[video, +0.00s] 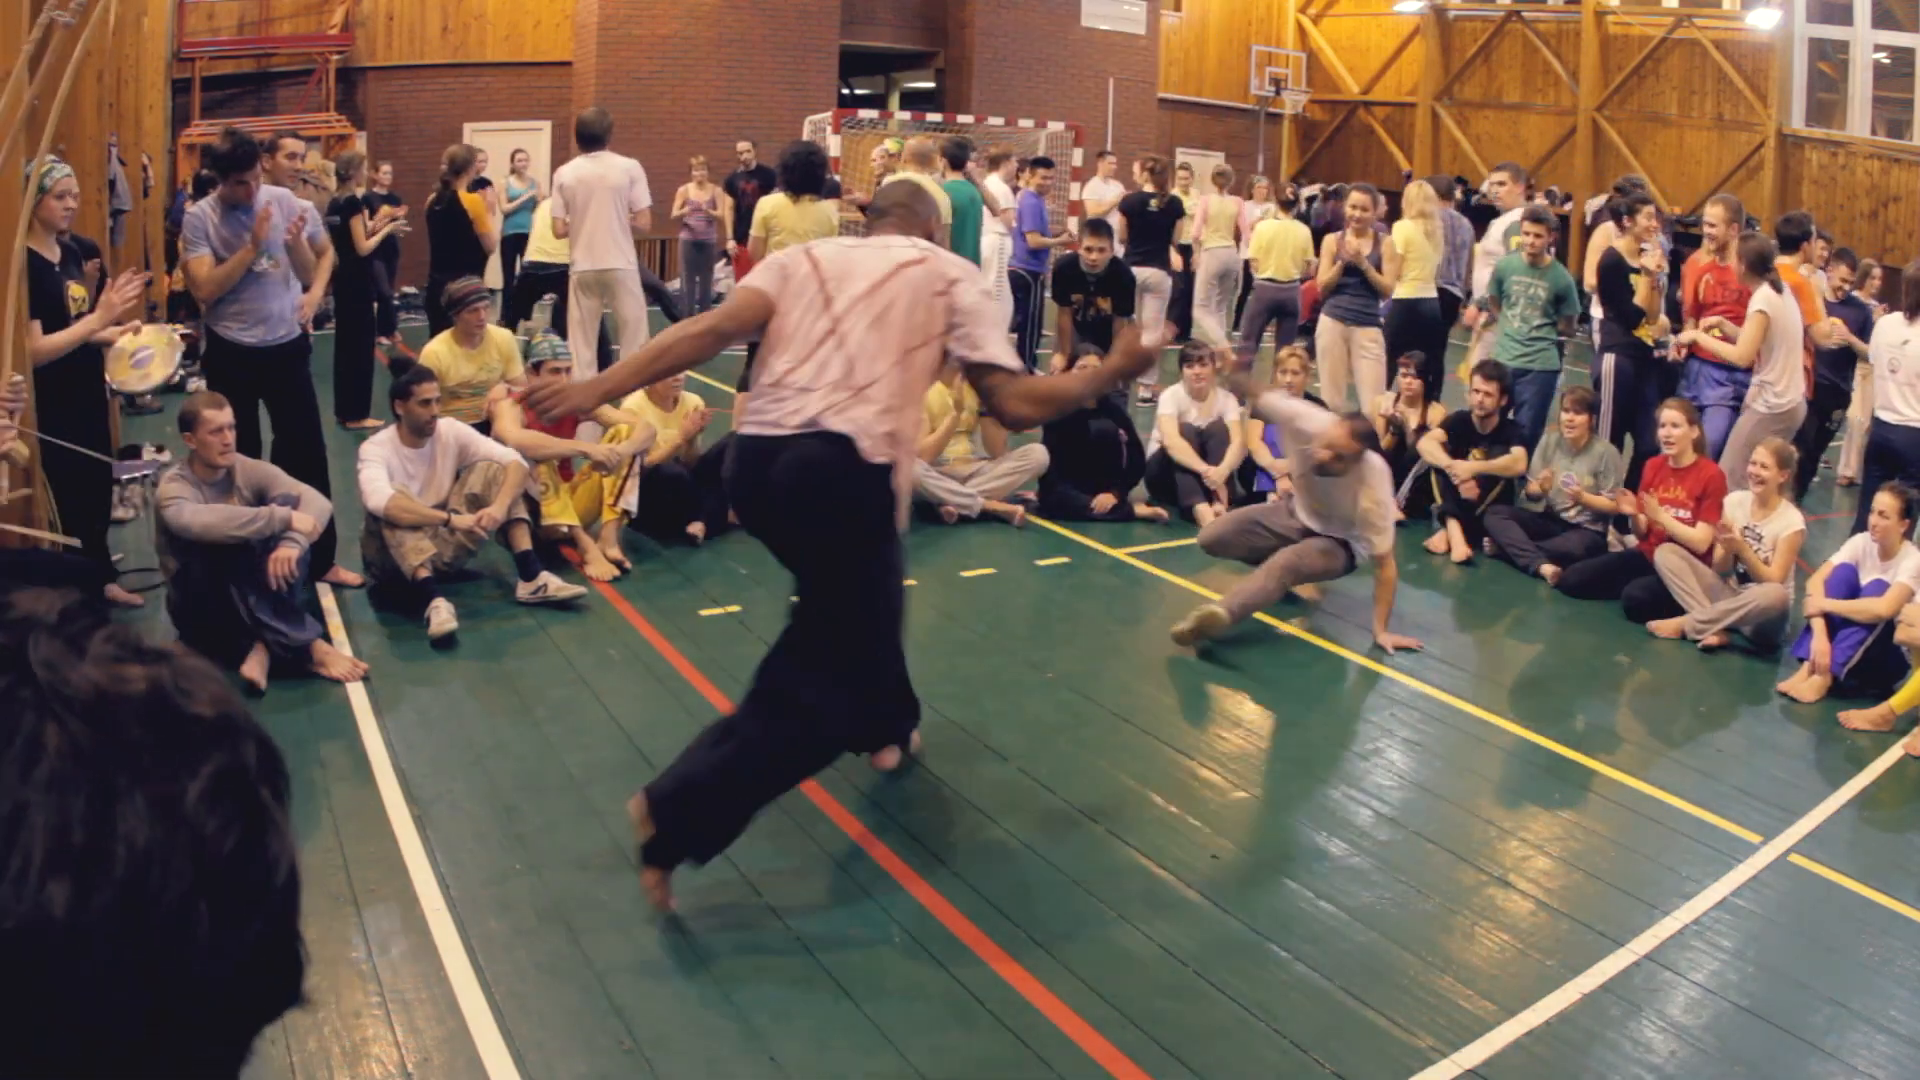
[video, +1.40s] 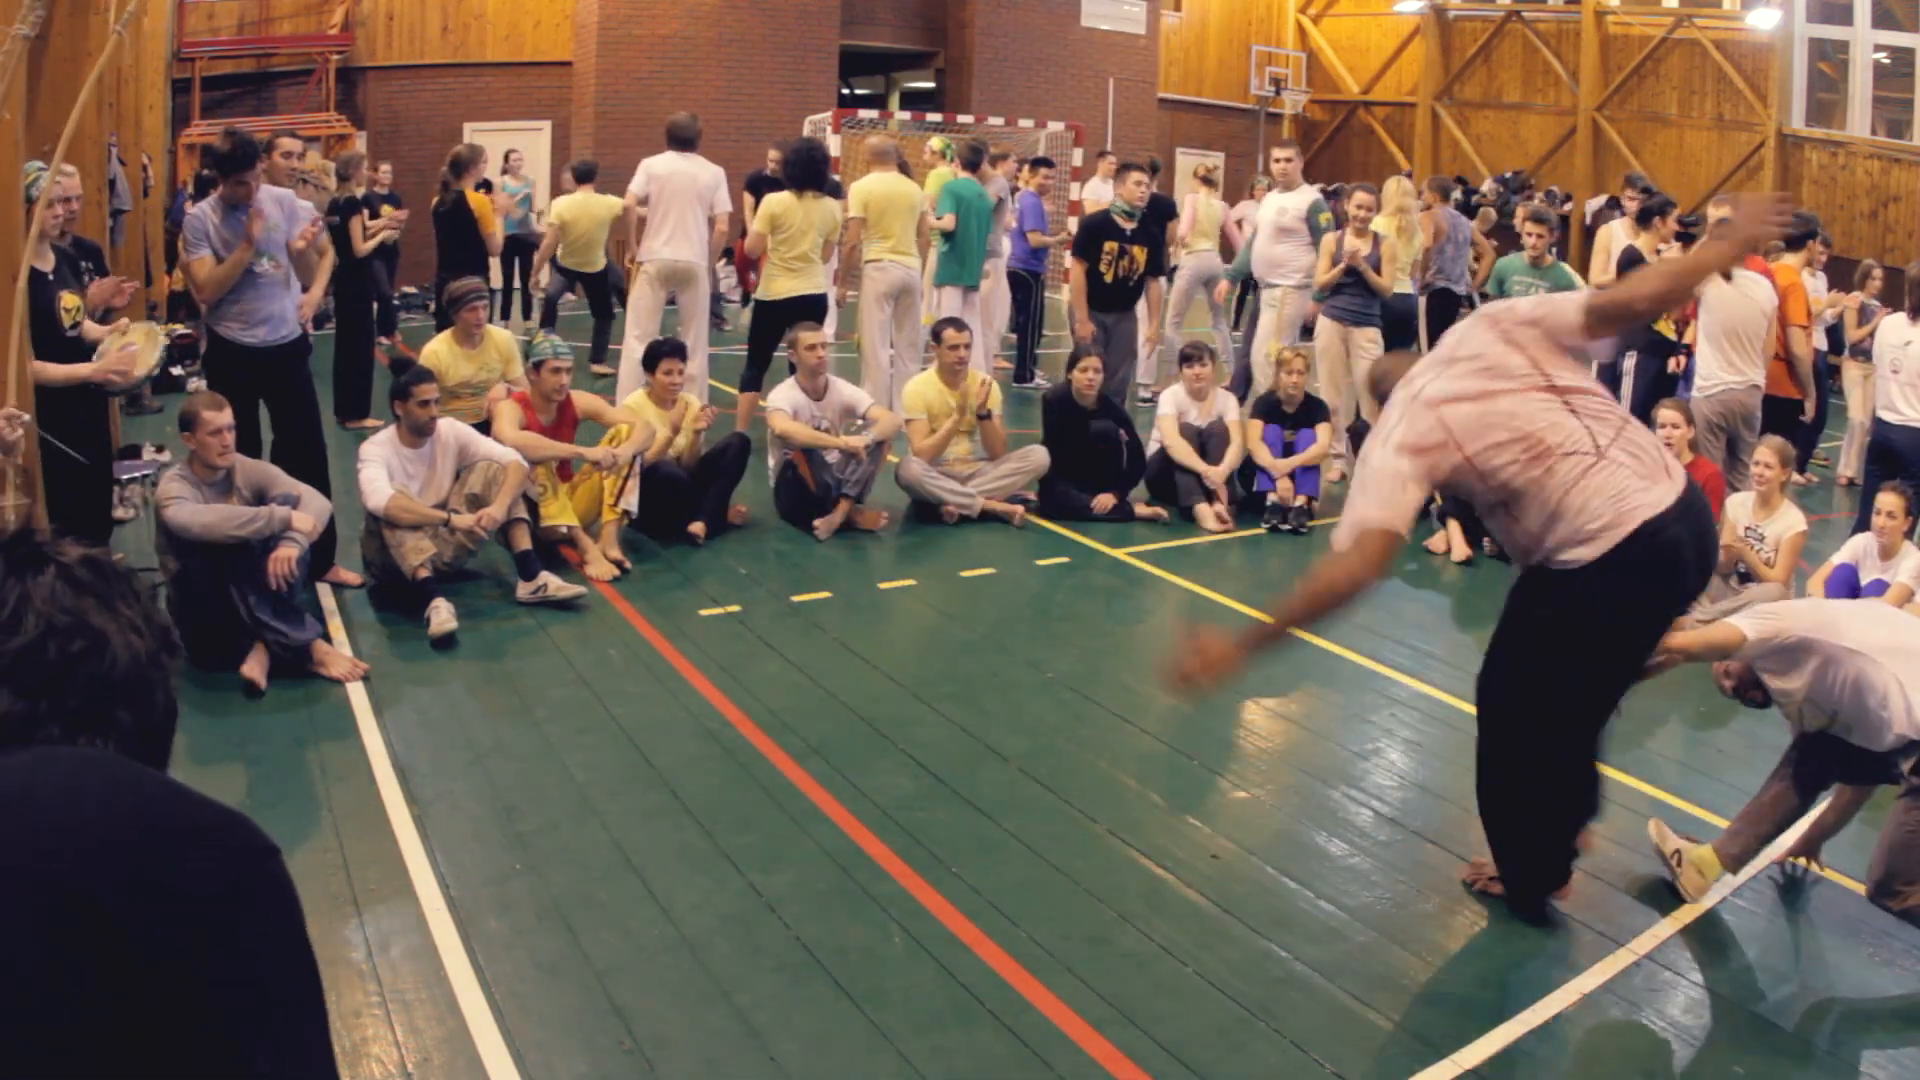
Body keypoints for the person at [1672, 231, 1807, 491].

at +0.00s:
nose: (1733, 266)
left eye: (1735, 260)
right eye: (1734, 259)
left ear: (1743, 265)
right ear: (1769, 261)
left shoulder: (1763, 299)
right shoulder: (1782, 292)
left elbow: (1742, 357)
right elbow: (1759, 343)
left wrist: (1698, 338)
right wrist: (1724, 325)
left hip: (1769, 406)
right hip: (1790, 402)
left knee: (1730, 474)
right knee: (1768, 474)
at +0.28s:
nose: (1719, 251)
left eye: (1723, 245)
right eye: (1720, 244)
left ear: (1733, 253)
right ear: (1755, 253)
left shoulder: (1747, 292)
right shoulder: (1774, 288)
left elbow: (1742, 355)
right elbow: (1763, 345)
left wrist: (1701, 375)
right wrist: (1723, 351)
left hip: (1750, 400)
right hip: (1777, 395)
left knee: (1718, 480)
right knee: (1759, 482)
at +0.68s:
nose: (1715, 247)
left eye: (1719, 242)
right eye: (1717, 240)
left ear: (1728, 248)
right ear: (1753, 249)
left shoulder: (1717, 283)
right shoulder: (1769, 285)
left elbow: (1704, 348)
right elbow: (1775, 345)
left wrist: (1683, 395)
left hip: (1726, 395)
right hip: (1763, 395)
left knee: (1713, 481)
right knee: (1747, 480)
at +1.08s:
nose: (1711, 238)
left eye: (1715, 236)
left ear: (1718, 247)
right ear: (1750, 248)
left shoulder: (1705, 283)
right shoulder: (1768, 288)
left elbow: (1690, 345)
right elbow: (1774, 349)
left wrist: (1679, 363)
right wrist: (1752, 368)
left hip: (1713, 390)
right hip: (1753, 391)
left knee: (1708, 477)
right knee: (1744, 476)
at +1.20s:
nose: (1708, 240)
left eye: (1712, 237)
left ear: (1715, 246)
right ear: (1748, 248)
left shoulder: (1703, 282)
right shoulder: (1767, 287)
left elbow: (1676, 333)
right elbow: (1776, 350)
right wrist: (1752, 367)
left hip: (1710, 391)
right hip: (1751, 392)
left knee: (1708, 475)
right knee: (1744, 475)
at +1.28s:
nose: (1707, 244)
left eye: (1710, 239)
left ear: (1713, 247)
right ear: (1747, 249)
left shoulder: (1703, 280)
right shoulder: (1767, 287)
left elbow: (1670, 317)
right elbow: (1776, 350)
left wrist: (1680, 274)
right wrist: (1751, 368)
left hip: (1710, 390)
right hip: (1751, 391)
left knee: (1708, 474)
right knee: (1744, 474)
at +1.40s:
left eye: (1718, 248)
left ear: (1716, 251)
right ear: (1744, 250)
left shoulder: (1706, 282)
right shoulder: (1766, 288)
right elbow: (1769, 349)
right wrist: (1754, 377)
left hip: (1711, 391)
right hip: (1750, 390)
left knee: (1708, 472)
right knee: (1742, 473)